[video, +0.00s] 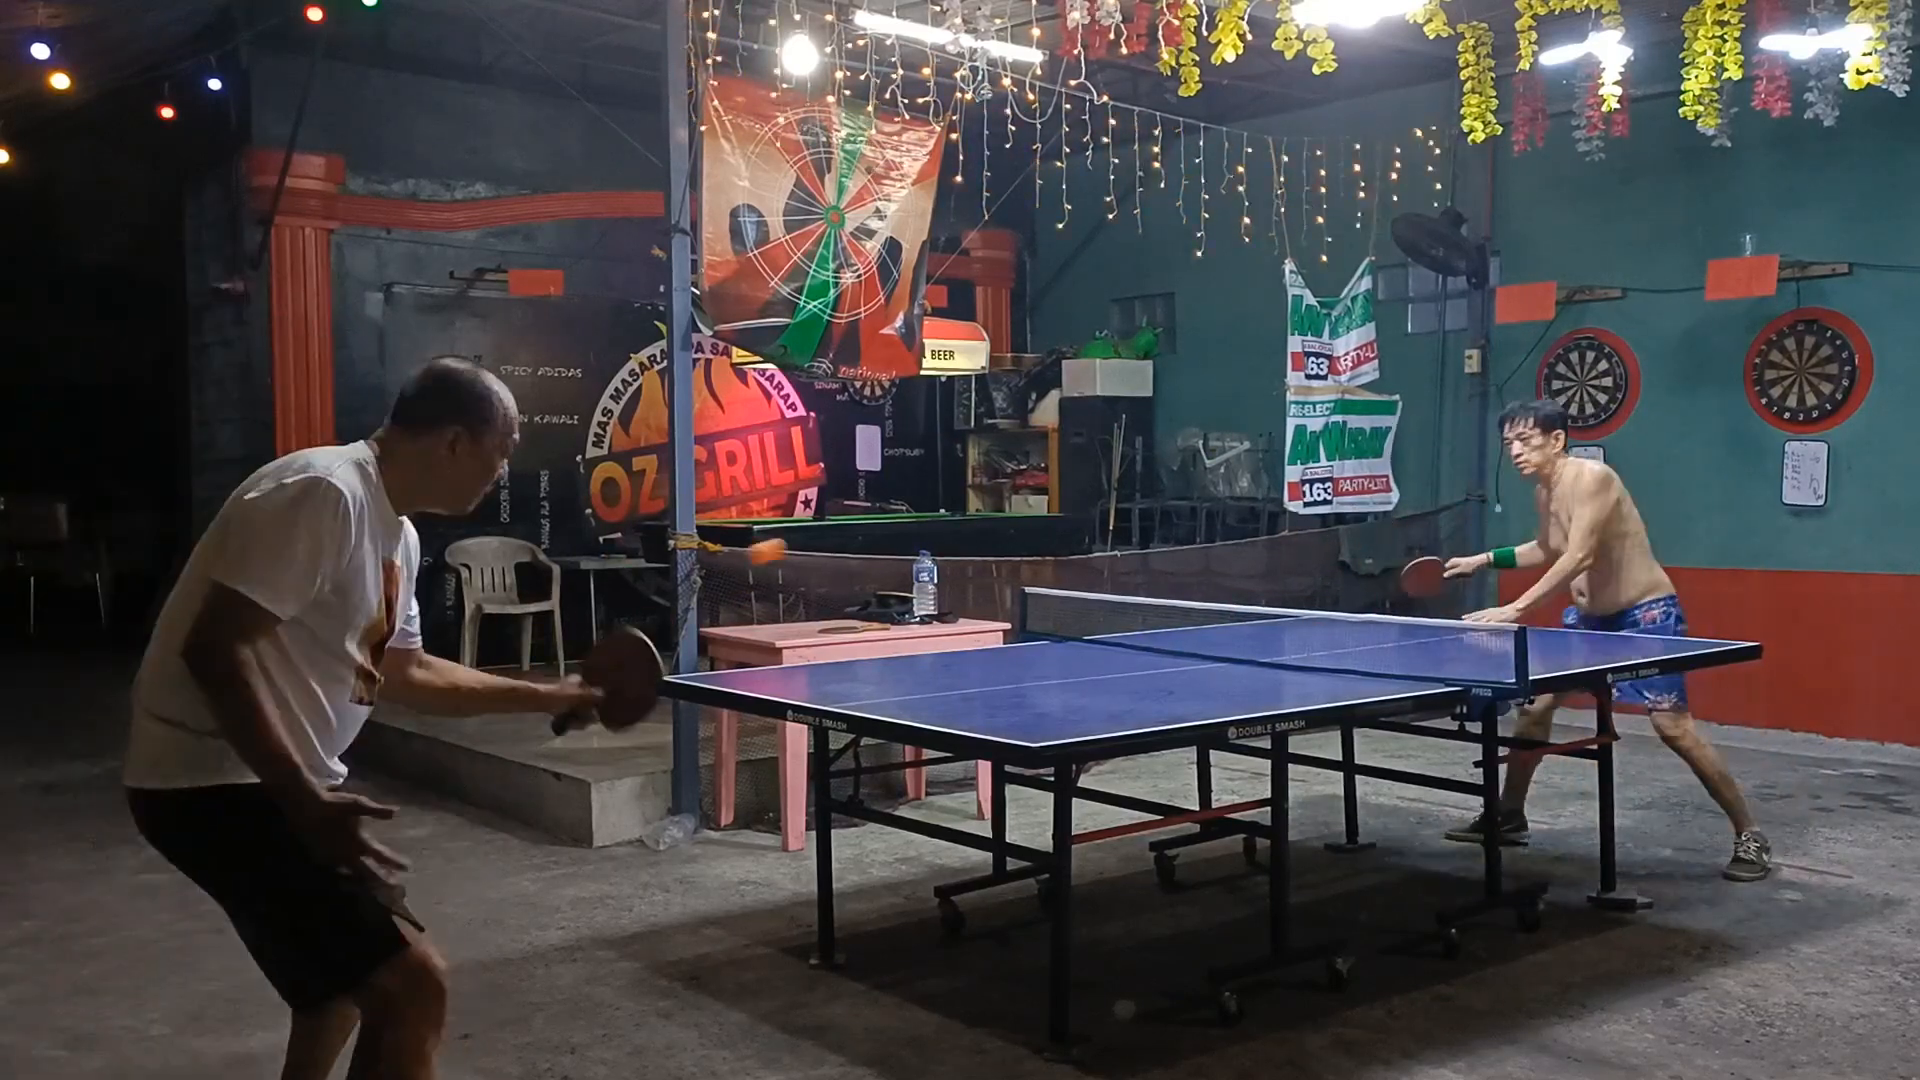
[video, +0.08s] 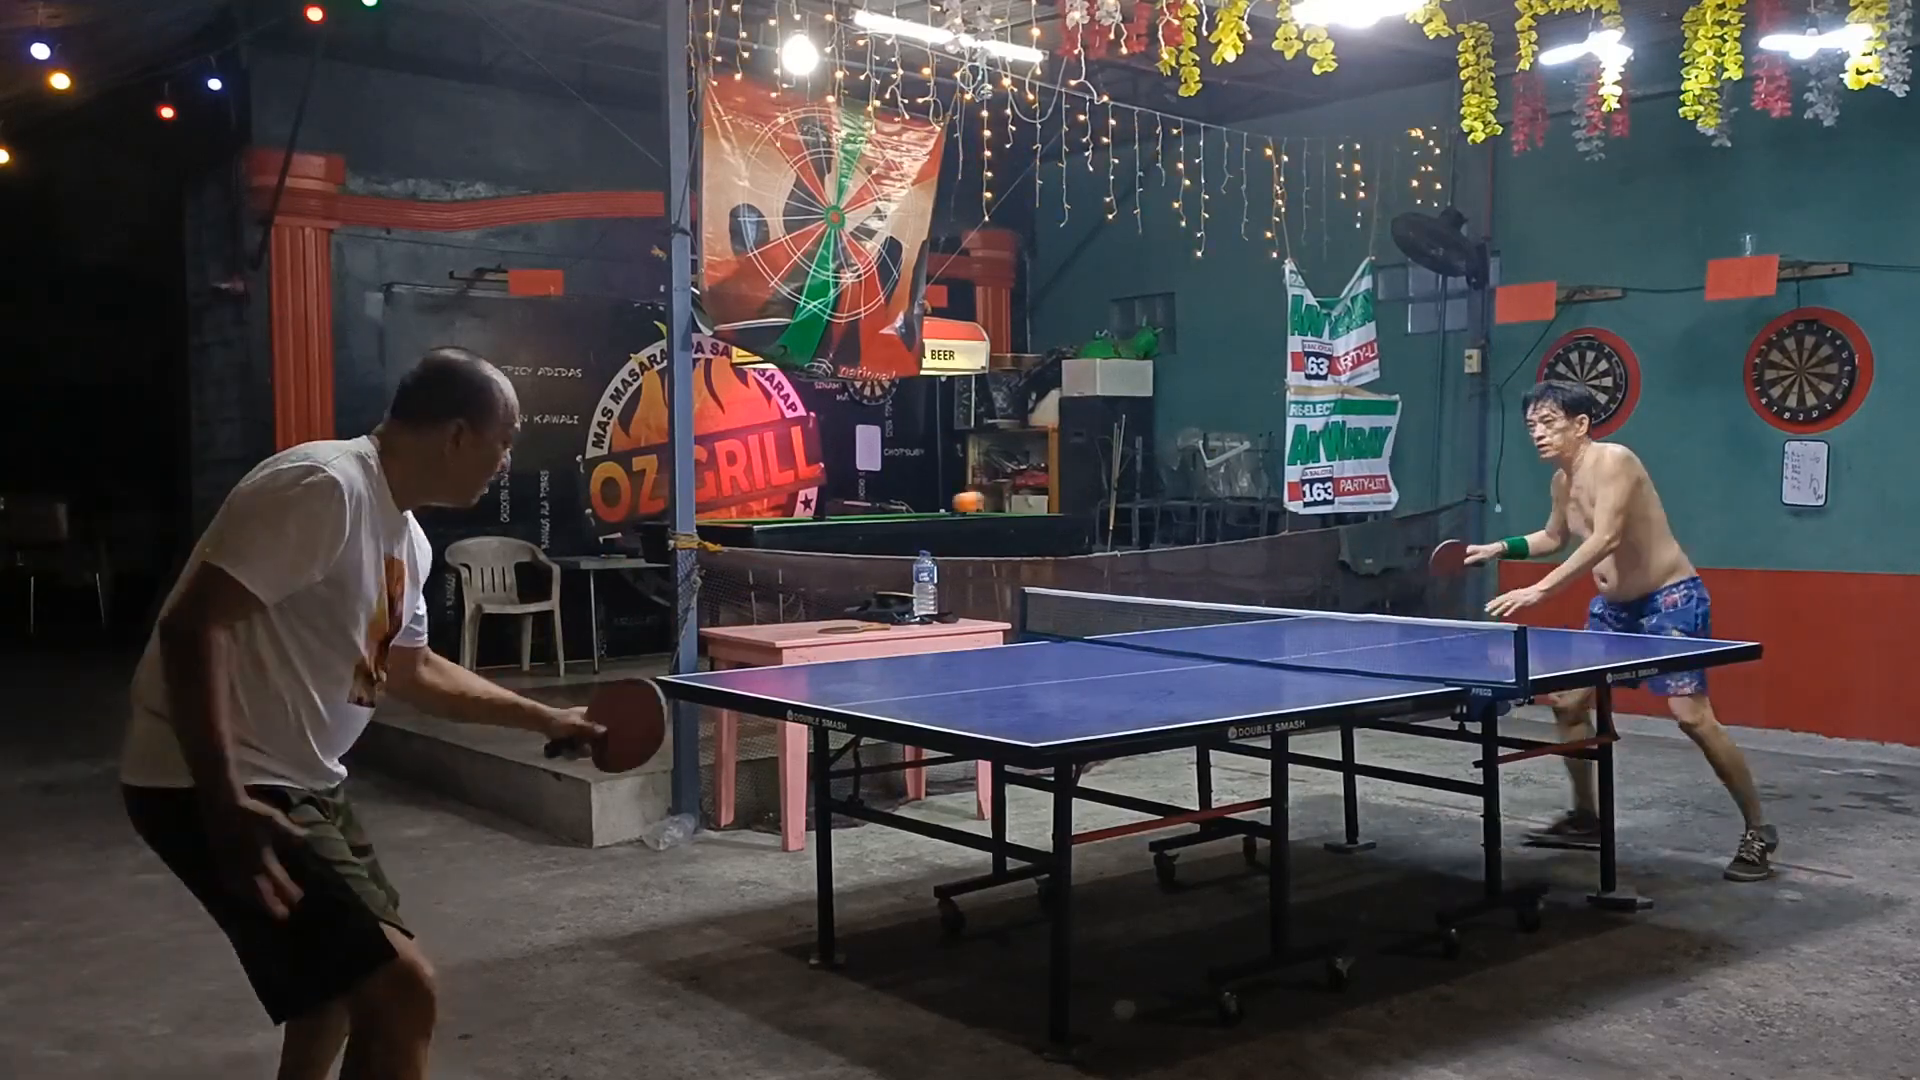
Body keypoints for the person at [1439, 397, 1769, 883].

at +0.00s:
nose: (1514, 451)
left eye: (1523, 440)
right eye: (1509, 443)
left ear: (1556, 439)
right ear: (1508, 447)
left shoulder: (1591, 478)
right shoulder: (1546, 490)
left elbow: (1580, 555)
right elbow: (1548, 550)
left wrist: (1515, 609)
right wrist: (1483, 560)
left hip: (1647, 618)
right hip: (1589, 619)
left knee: (1673, 728)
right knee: (1534, 704)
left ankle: (1749, 835)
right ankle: (1509, 813)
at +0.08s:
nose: (1536, 433)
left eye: (1546, 423)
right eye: (1531, 426)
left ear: (1580, 423)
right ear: (1533, 432)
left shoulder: (1614, 461)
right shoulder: (1562, 479)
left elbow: (1605, 538)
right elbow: (1554, 537)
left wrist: (1540, 589)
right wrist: (1501, 549)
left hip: (1671, 604)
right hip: (1613, 610)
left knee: (1692, 715)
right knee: (1567, 703)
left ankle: (1759, 830)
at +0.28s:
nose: (1573, 451)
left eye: (1582, 440)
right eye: (1569, 442)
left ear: (1617, 439)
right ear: (1572, 447)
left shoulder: (1649, 478)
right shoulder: (1603, 495)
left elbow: (1625, 553)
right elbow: (1574, 545)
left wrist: (1550, 599)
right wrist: (1520, 545)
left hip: (1703, 621)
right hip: (1650, 626)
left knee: (1719, 736)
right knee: (1589, 705)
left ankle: (1809, 843)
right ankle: (1629, 818)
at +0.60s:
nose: (1566, 476)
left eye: (1569, 464)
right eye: (1562, 467)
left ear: (1599, 454)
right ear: (1609, 458)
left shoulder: (1613, 478)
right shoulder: (1650, 487)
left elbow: (1587, 524)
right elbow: (1646, 556)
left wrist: (1518, 578)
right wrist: (1594, 562)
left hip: (1675, 627)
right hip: (1674, 626)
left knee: (1694, 746)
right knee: (1596, 699)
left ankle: (1806, 837)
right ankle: (1580, 810)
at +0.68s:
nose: (1551, 492)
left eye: (1553, 479)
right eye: (1549, 482)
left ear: (1581, 469)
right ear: (1590, 471)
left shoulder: (1599, 486)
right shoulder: (1646, 501)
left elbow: (1590, 507)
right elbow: (1658, 578)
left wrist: (1547, 555)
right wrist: (1608, 582)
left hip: (1665, 626)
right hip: (1679, 625)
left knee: (1682, 745)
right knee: (1581, 701)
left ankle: (1803, 836)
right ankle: (1577, 811)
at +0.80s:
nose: (1537, 492)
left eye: (1538, 481)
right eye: (1534, 484)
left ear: (1563, 469)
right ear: (1563, 474)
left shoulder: (1590, 481)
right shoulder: (1588, 512)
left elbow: (1631, 493)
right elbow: (1602, 595)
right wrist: (1551, 587)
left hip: (1654, 615)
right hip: (1619, 625)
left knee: (1666, 733)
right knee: (1553, 702)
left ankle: (1783, 825)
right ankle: (1572, 811)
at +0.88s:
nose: (1539, 471)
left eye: (1543, 459)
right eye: (1536, 462)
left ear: (1571, 452)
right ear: (1566, 458)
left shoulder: (1605, 469)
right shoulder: (1576, 509)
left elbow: (1650, 482)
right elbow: (1538, 548)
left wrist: (1656, 527)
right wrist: (1492, 527)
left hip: (1656, 606)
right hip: (1609, 620)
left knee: (1652, 715)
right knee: (1552, 702)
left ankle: (1758, 814)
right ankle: (1572, 811)